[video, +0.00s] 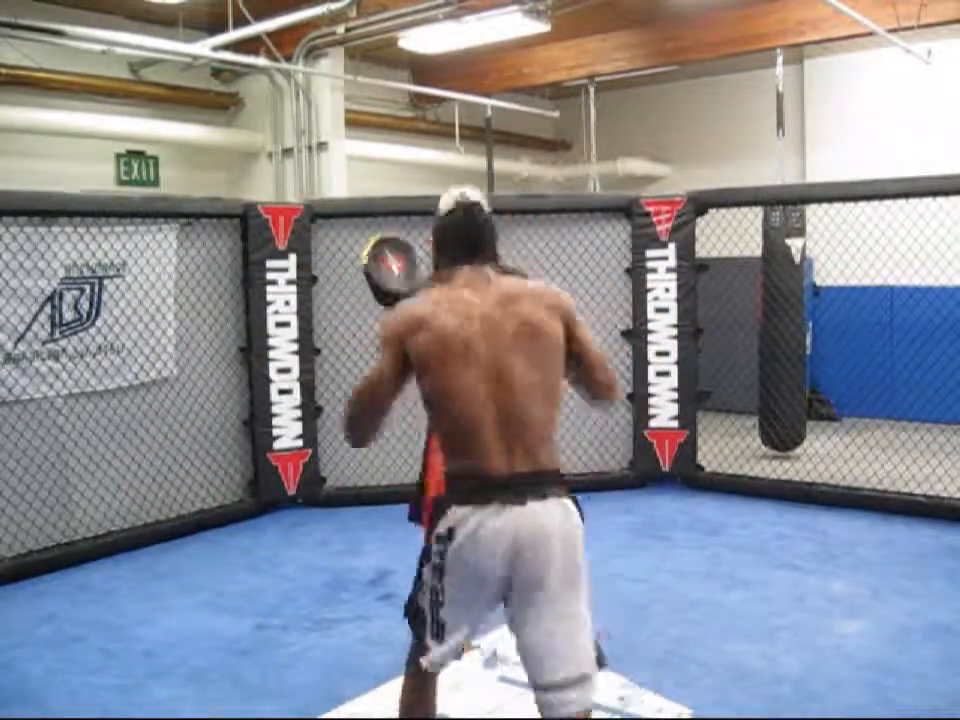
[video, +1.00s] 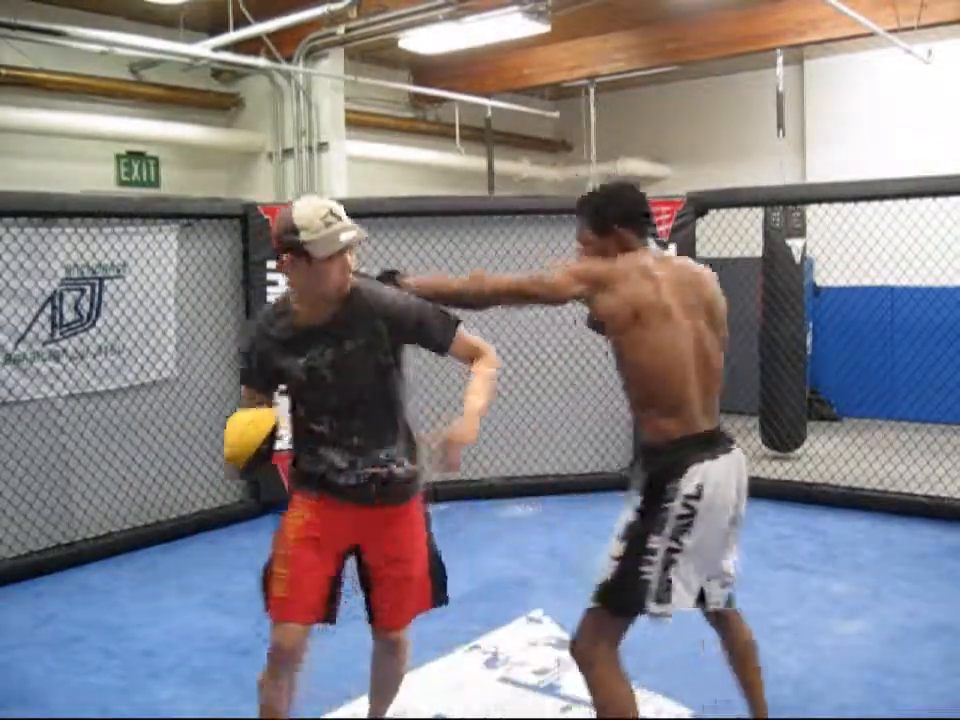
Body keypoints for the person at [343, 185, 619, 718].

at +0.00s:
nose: (434, 253)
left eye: (434, 246)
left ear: (436, 252)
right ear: (495, 247)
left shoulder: (413, 317)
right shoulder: (549, 302)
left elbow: (359, 426)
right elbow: (606, 389)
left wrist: (397, 353)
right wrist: (551, 345)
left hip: (469, 527)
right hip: (551, 522)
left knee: (423, 667)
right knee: (567, 700)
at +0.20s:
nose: (417, 246)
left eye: (418, 239)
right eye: (420, 239)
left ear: (428, 239)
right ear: (482, 240)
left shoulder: (406, 291)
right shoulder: (516, 279)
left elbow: (378, 419)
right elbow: (532, 367)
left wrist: (369, 359)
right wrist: (399, 344)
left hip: (453, 494)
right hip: (530, 490)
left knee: (420, 662)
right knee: (564, 668)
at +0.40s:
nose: (425, 255)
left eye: (424, 246)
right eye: (428, 250)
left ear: (429, 242)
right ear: (483, 235)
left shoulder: (413, 286)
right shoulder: (540, 284)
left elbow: (387, 406)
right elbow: (577, 392)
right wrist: (517, 372)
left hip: (467, 484)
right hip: (543, 479)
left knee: (432, 658)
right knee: (589, 648)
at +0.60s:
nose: (487, 266)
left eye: (486, 257)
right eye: (489, 258)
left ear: (495, 252)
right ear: (543, 248)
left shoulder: (478, 304)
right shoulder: (602, 296)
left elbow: (406, 386)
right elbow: (643, 400)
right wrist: (584, 373)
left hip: (521, 497)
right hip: (594, 493)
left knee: (450, 658)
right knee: (651, 648)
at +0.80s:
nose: (532, 254)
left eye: (535, 242)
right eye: (531, 243)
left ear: (558, 237)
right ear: (591, 232)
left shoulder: (556, 276)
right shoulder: (666, 281)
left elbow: (455, 322)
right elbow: (693, 386)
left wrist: (410, 302)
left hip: (620, 479)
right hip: (682, 473)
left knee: (541, 633)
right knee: (685, 643)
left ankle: (519, 711)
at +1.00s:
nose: (579, 249)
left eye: (585, 238)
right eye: (579, 238)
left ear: (613, 235)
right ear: (641, 232)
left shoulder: (604, 276)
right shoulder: (701, 276)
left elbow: (484, 290)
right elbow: (714, 344)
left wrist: (398, 283)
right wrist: (617, 315)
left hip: (680, 479)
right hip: (725, 465)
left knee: (593, 647)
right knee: (721, 607)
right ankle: (760, 712)